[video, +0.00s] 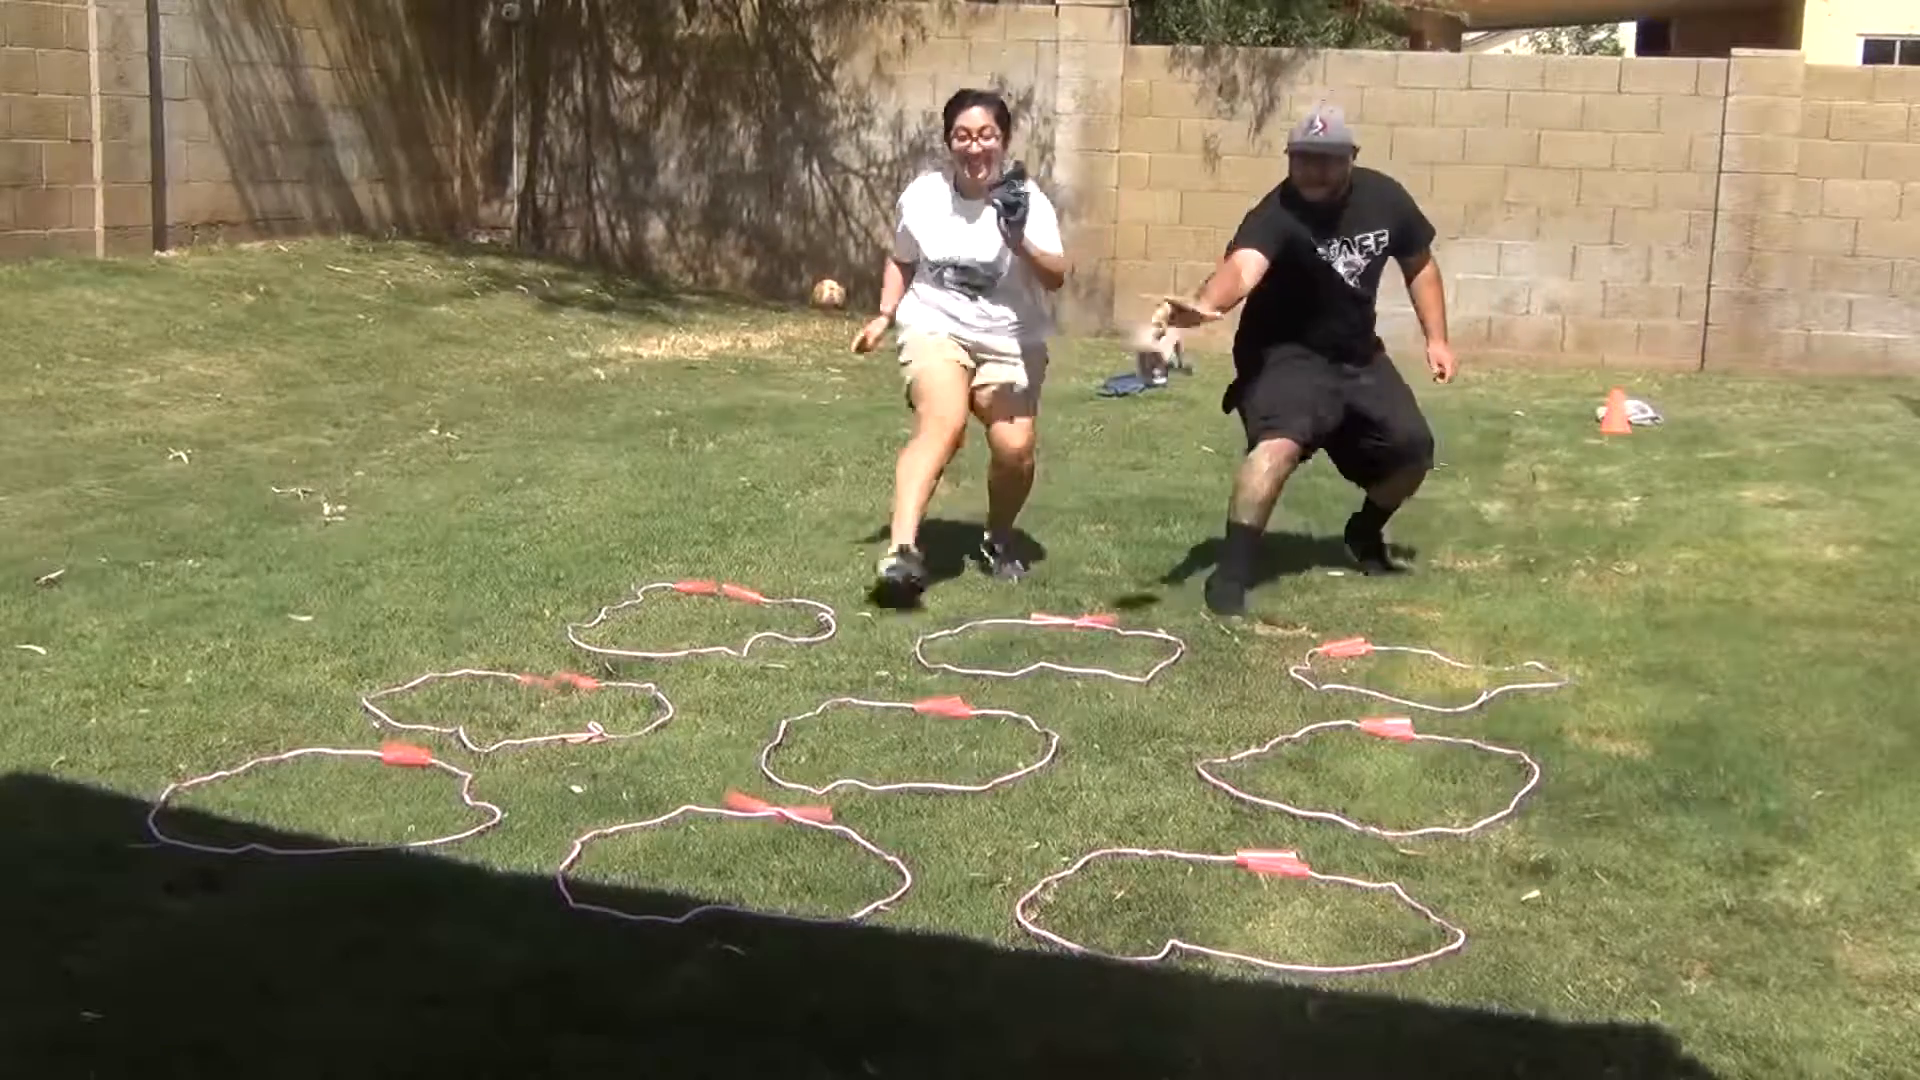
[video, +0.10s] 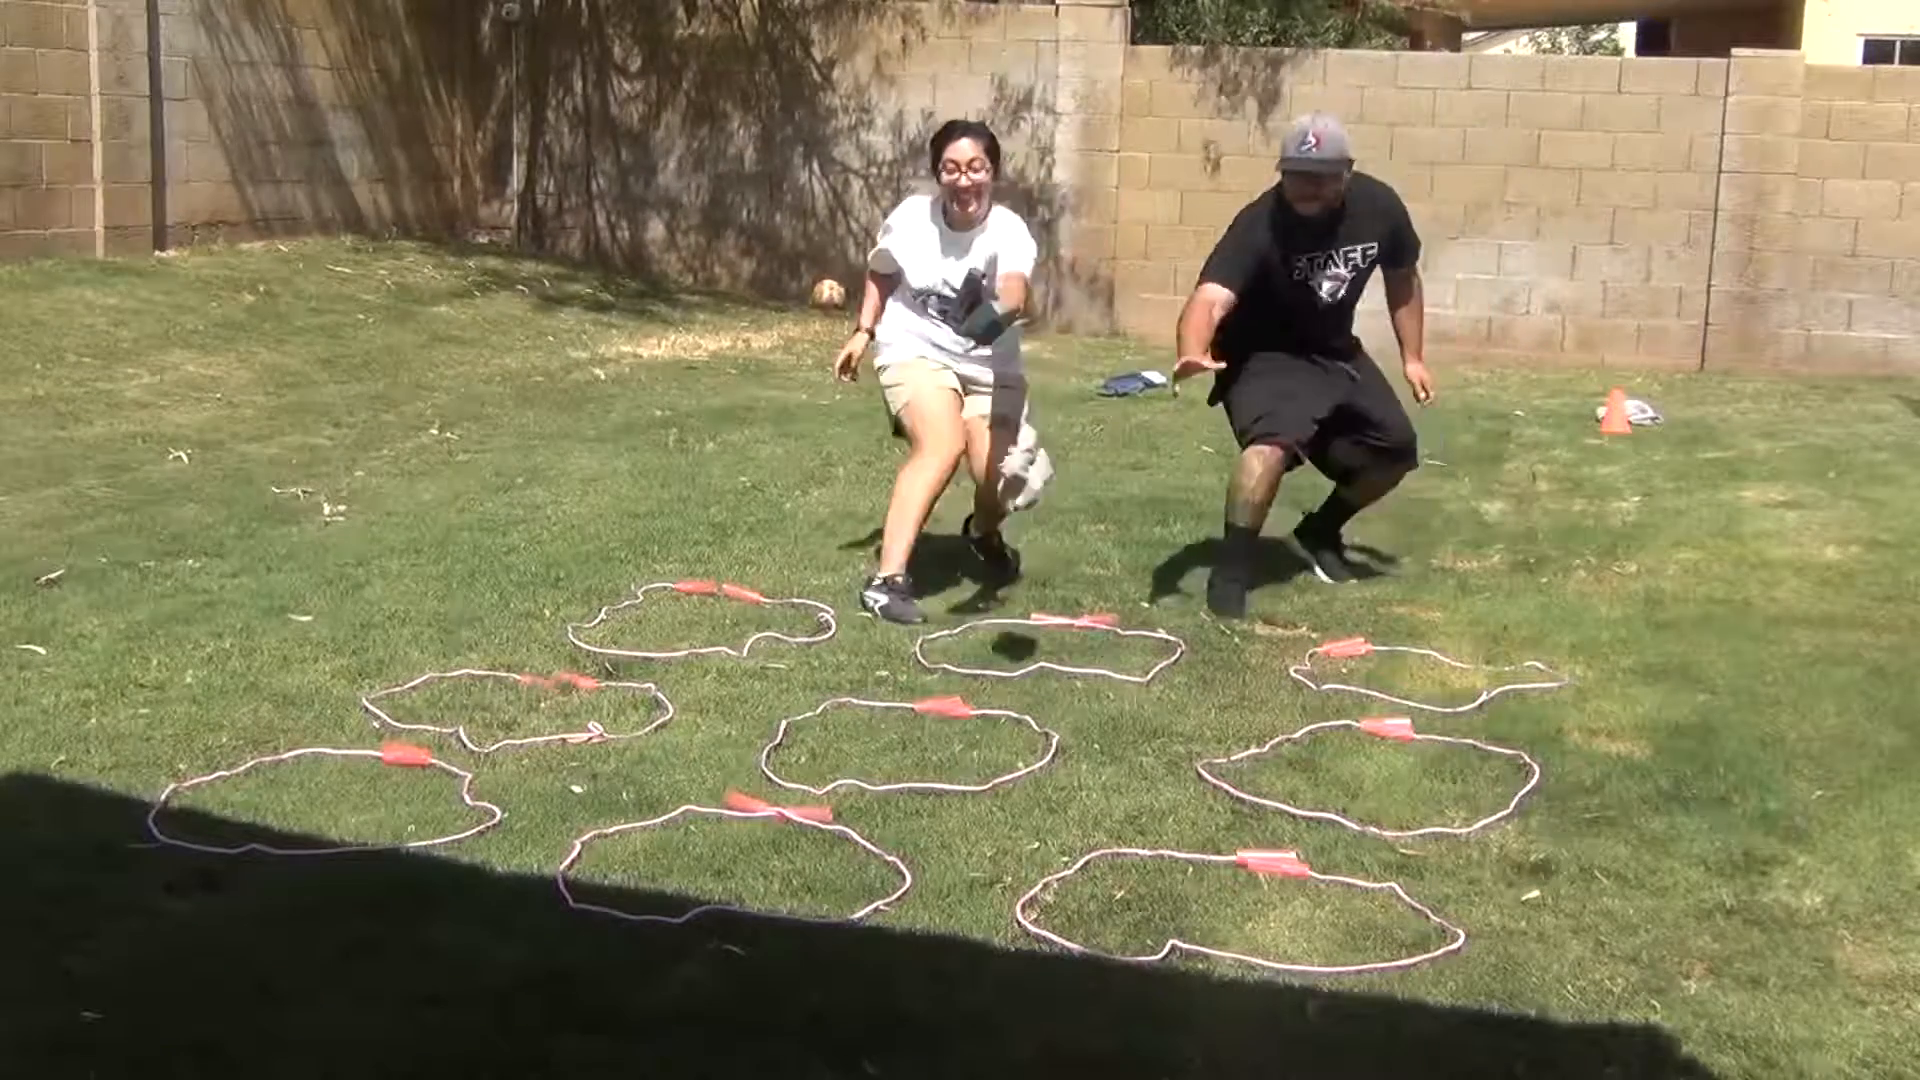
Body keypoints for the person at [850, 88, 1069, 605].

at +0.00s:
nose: (975, 146)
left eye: (986, 134)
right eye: (963, 135)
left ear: (1006, 140)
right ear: (948, 142)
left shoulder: (1029, 200)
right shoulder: (925, 193)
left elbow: (1056, 276)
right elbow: (901, 259)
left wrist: (1016, 237)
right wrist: (885, 314)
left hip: (1010, 337)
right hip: (934, 325)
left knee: (1015, 448)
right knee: (941, 420)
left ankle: (999, 538)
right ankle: (901, 552)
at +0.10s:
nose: (965, 179)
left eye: (977, 167)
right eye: (953, 168)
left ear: (994, 173)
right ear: (937, 175)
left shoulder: (1009, 230)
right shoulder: (910, 217)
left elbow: (1013, 292)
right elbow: (879, 273)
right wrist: (862, 332)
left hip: (989, 364)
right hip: (913, 350)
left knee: (1000, 477)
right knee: (941, 442)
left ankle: (985, 533)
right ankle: (889, 577)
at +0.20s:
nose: (959, 204)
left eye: (970, 192)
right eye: (947, 193)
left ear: (989, 194)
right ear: (932, 195)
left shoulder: (1008, 255)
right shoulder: (904, 227)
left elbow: (994, 336)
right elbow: (866, 281)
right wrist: (850, 346)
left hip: (975, 360)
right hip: (902, 342)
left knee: (972, 488)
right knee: (927, 430)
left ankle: (984, 542)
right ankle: (888, 578)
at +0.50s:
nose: (955, 193)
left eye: (968, 181)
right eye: (943, 180)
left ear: (986, 178)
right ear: (926, 172)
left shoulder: (1004, 229)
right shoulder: (888, 195)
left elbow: (997, 313)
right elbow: (832, 225)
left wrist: (971, 378)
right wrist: (791, 290)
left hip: (959, 346)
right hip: (883, 330)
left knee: (982, 471)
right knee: (907, 431)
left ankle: (973, 546)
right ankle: (877, 565)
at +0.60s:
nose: (931, 175)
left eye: (945, 163)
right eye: (920, 161)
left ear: (965, 157)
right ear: (902, 151)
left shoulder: (984, 211)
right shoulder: (858, 185)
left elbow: (1002, 305)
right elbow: (801, 226)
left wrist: (1018, 390)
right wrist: (759, 296)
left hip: (953, 355)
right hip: (869, 347)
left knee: (973, 474)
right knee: (885, 470)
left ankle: (977, 537)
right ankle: (877, 570)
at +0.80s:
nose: (884, 177)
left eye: (896, 164)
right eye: (871, 164)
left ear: (914, 155)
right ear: (849, 154)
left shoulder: (944, 204)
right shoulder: (816, 198)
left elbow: (1028, 282)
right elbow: (755, 289)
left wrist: (1095, 369)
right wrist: (787, 325)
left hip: (921, 345)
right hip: (837, 350)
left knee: (898, 463)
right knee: (861, 486)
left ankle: (924, 542)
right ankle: (873, 574)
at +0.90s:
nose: (872, 179)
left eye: (885, 165)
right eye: (858, 166)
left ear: (905, 152)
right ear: (834, 153)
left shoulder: (939, 199)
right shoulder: (805, 192)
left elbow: (1012, 286)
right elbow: (757, 299)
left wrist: (1078, 374)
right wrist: (802, 332)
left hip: (899, 323)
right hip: (817, 326)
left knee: (870, 444)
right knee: (840, 468)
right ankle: (864, 575)